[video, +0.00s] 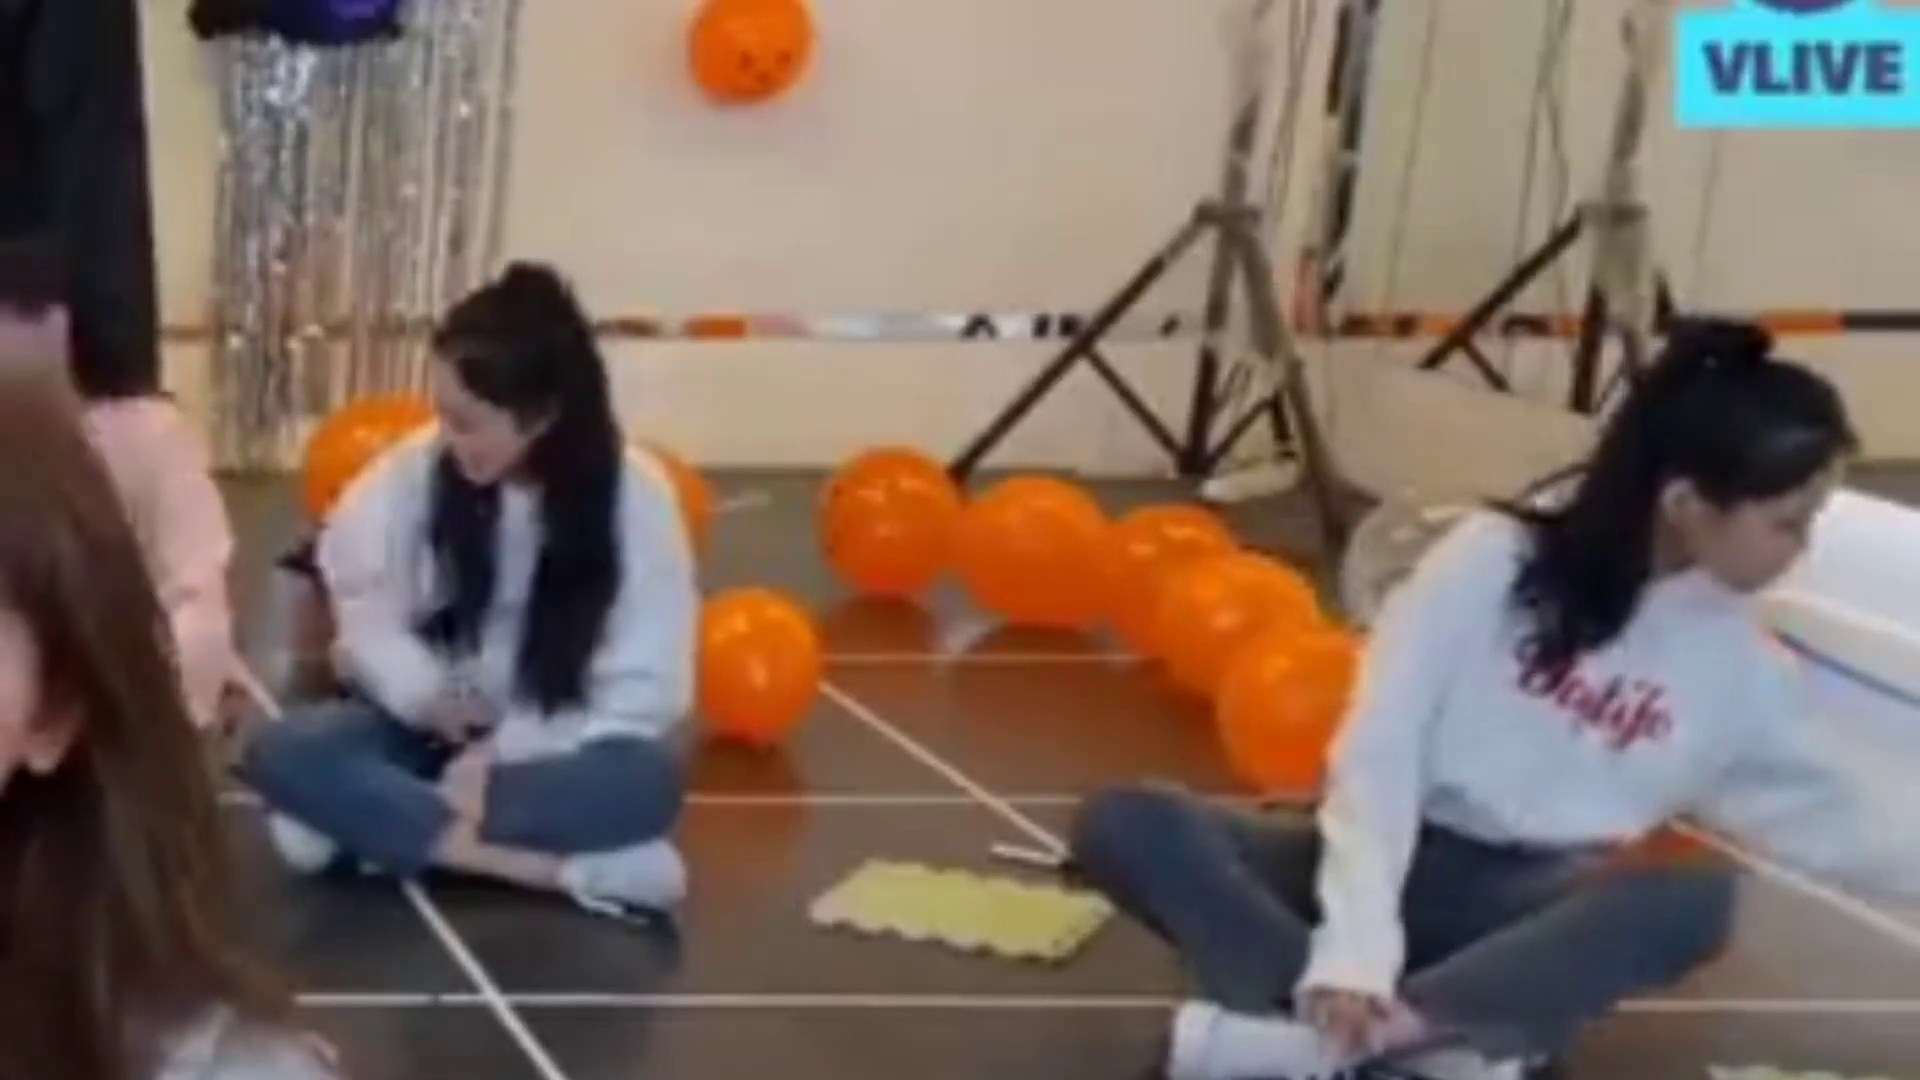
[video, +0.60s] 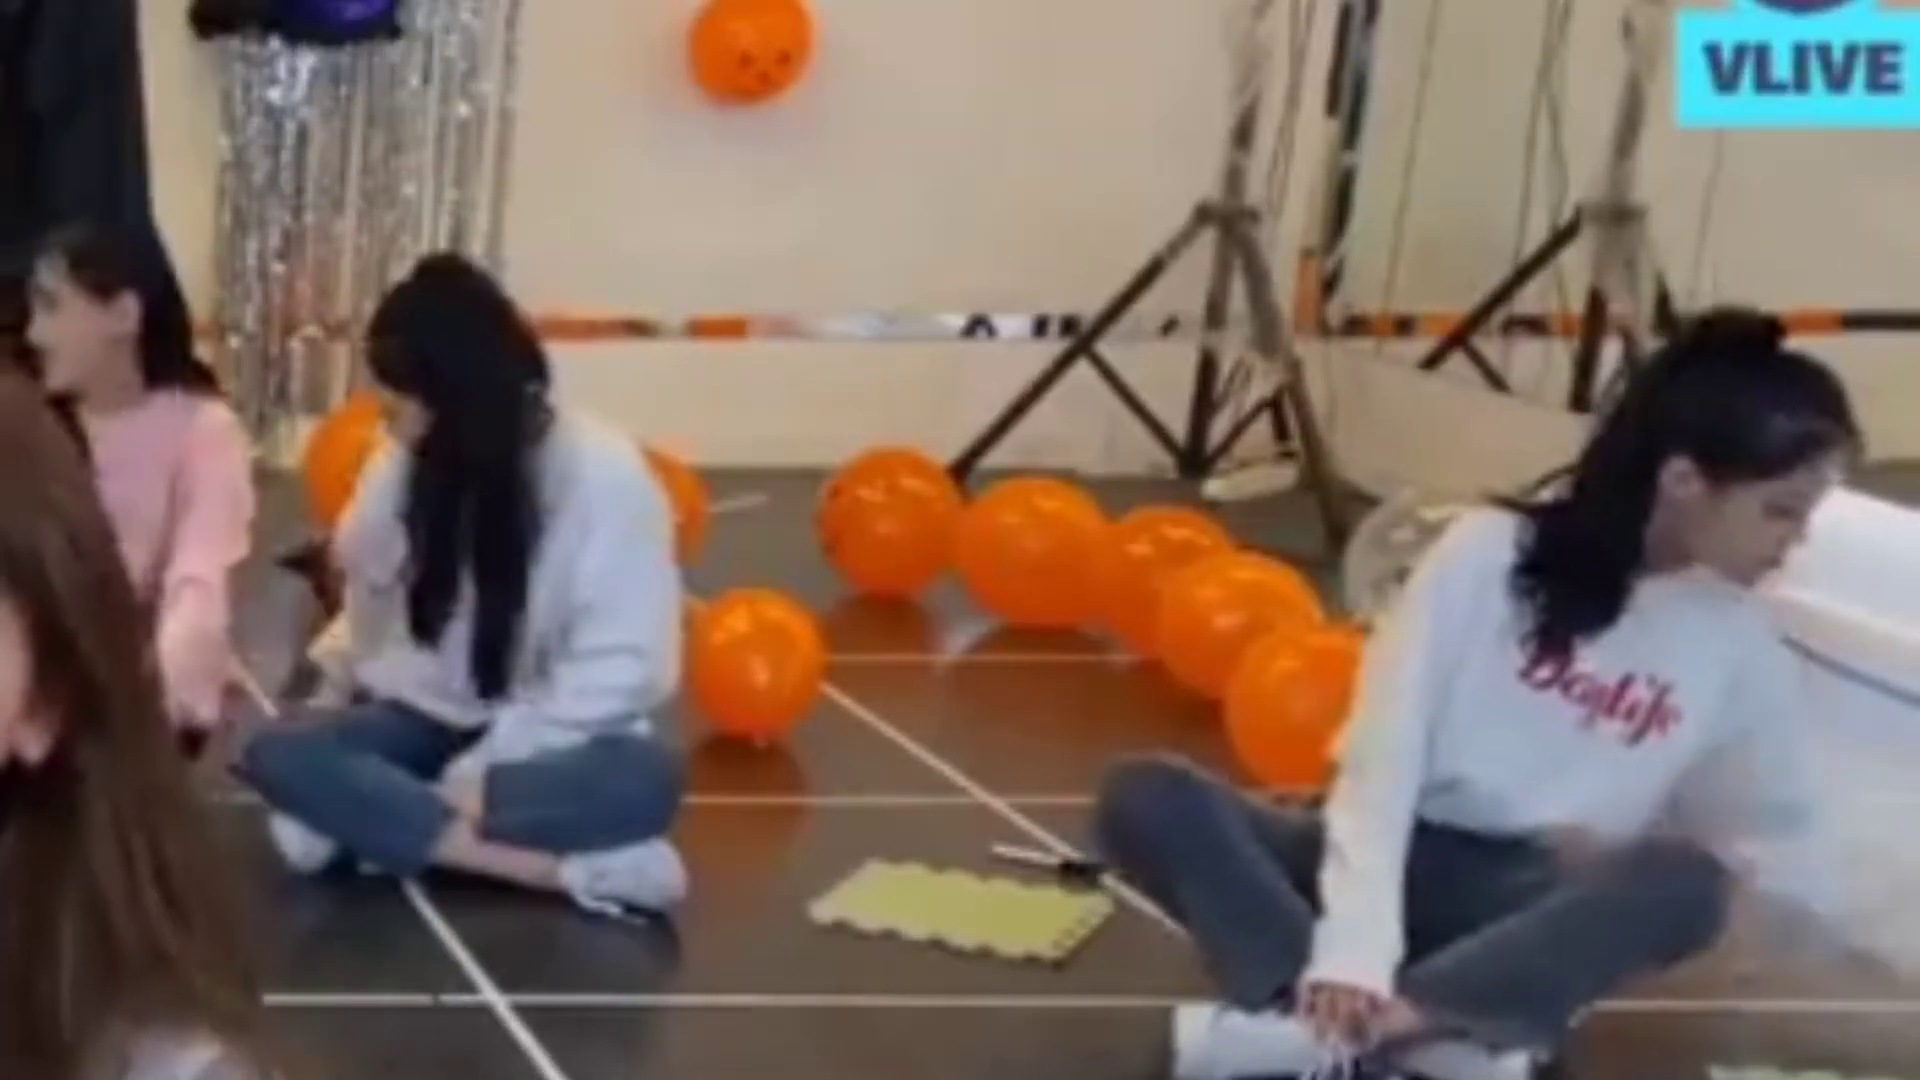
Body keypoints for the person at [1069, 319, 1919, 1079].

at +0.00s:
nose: (1803, 546)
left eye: (1812, 522)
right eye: (1788, 521)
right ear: (1688, 502)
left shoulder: (1740, 678)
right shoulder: (1488, 557)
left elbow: (1865, 831)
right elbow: (1376, 759)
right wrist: (1357, 949)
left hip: (1517, 893)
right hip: (1371, 851)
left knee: (1694, 899)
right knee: (1122, 822)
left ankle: (1330, 1040)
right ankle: (1404, 1045)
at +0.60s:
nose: (1799, 538)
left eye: (1809, 513)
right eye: (1782, 510)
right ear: (1683, 483)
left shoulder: (1736, 647)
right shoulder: (1482, 554)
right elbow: (1376, 761)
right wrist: (1351, 948)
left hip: (1516, 891)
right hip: (1369, 856)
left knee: (1687, 889)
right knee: (1143, 793)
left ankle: (1325, 1038)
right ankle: (1410, 1046)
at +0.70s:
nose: (1808, 550)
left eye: (1818, 524)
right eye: (1796, 520)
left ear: (1701, 492)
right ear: (1696, 487)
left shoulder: (1727, 651)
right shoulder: (1489, 554)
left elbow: (1683, 847)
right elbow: (1379, 757)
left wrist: (1698, 937)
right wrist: (1356, 947)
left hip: (1515, 894)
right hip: (1370, 856)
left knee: (1687, 885)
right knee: (1147, 791)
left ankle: (1325, 1040)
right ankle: (1410, 1044)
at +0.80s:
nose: (1808, 549)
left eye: (1821, 524)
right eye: (1797, 519)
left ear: (1710, 489)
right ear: (1707, 485)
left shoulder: (1727, 650)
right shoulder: (1488, 556)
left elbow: (1705, 833)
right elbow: (1376, 759)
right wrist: (1360, 950)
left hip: (1511, 886)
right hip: (1366, 852)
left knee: (1693, 894)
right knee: (1147, 791)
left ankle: (1332, 1039)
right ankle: (1404, 1043)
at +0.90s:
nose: (1805, 540)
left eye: (1820, 514)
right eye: (1794, 510)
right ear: (1704, 480)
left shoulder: (1728, 650)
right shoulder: (1481, 555)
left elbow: (1805, 819)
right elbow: (1374, 761)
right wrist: (1354, 954)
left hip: (1509, 886)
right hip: (1363, 853)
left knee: (1693, 899)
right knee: (1144, 793)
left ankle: (1329, 1039)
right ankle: (1405, 1045)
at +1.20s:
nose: (1796, 539)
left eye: (1810, 514)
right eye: (1789, 511)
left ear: (1711, 492)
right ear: (1700, 483)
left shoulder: (1720, 638)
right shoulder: (1471, 557)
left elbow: (1718, 827)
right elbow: (1363, 760)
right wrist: (1351, 953)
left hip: (1500, 892)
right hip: (1360, 855)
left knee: (1691, 901)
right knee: (1139, 796)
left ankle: (1326, 1041)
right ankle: (1406, 1046)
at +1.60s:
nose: (1718, 513)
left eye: (1734, 487)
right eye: (1706, 484)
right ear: (1607, 453)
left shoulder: (1680, 627)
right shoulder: (1418, 554)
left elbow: (1689, 821)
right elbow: (1345, 774)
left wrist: (1859, 849)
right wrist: (1469, 884)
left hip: (1508, 899)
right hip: (1354, 866)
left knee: (1680, 890)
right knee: (1119, 816)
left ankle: (1328, 1033)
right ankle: (1393, 1042)